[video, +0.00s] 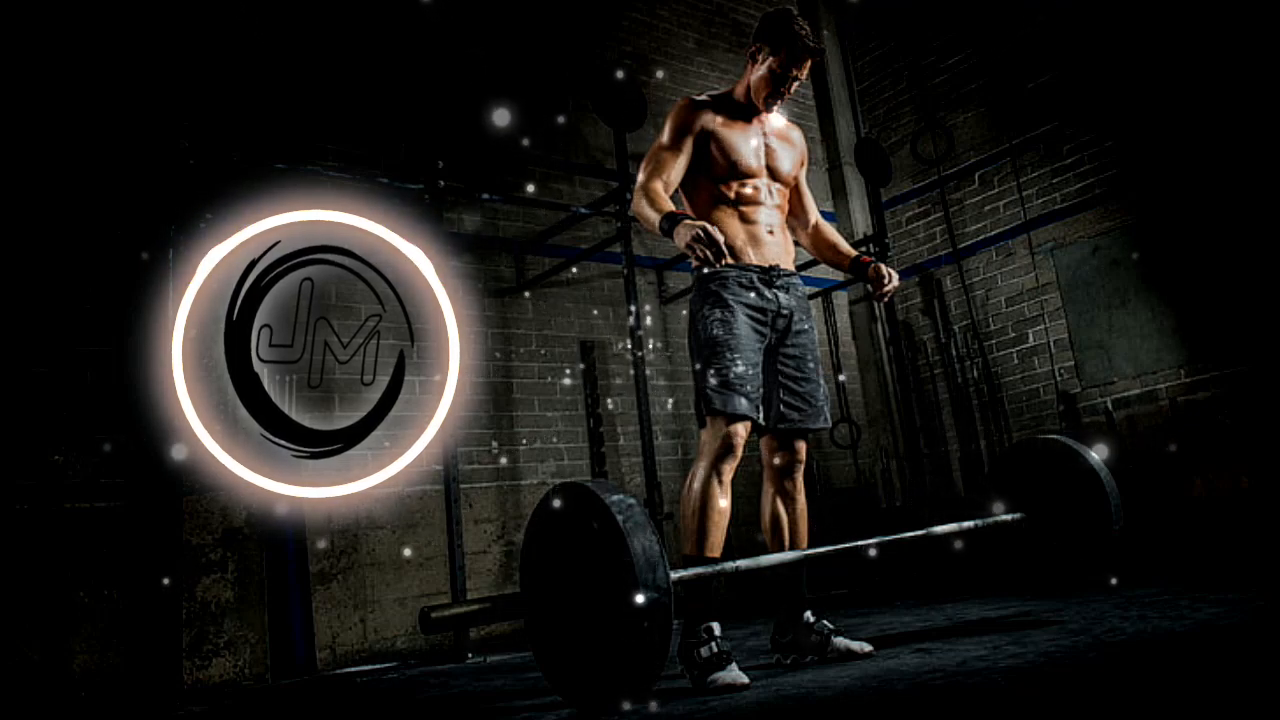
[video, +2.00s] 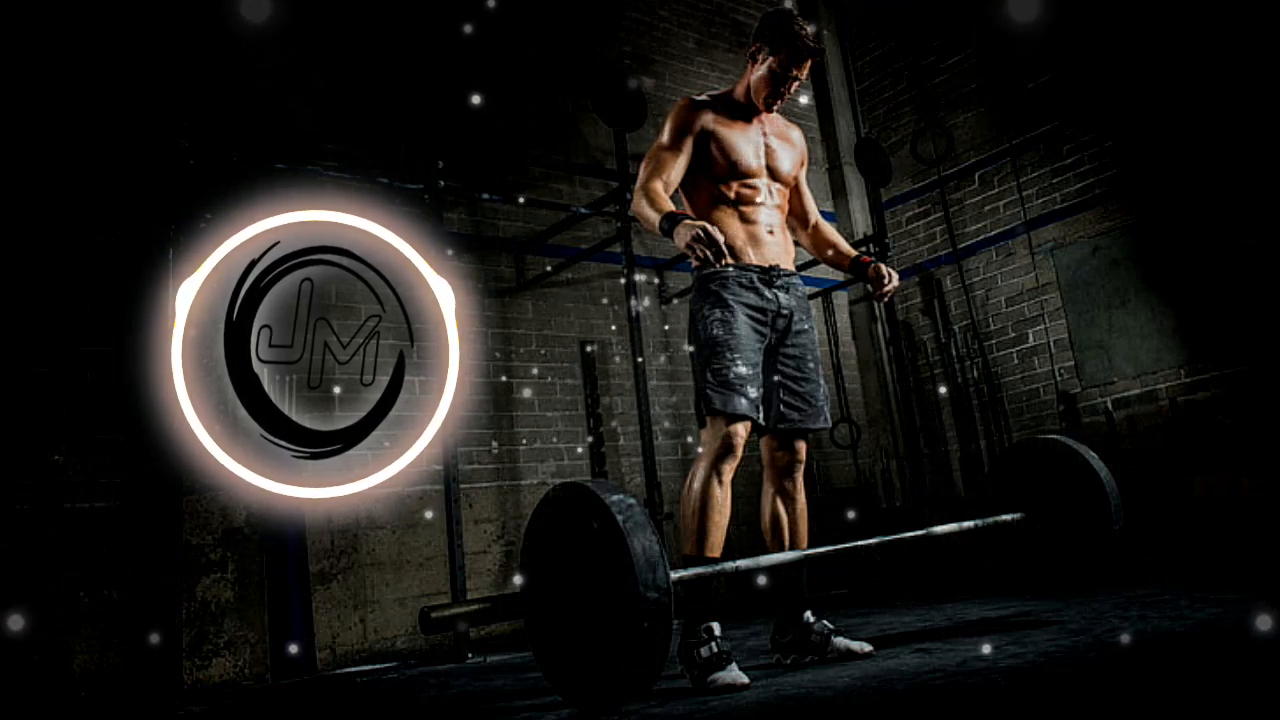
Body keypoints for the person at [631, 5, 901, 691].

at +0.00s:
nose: (787, 95)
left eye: (797, 85)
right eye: (784, 78)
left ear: (801, 78)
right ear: (756, 59)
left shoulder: (791, 136)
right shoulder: (697, 115)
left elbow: (809, 225)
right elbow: (644, 199)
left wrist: (861, 265)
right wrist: (676, 225)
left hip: (790, 297)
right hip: (730, 292)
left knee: (790, 455)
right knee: (729, 437)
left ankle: (797, 624)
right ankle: (698, 633)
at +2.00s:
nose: (790, 93)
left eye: (800, 82)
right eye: (787, 76)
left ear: (805, 77)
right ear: (757, 58)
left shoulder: (792, 136)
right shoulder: (697, 115)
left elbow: (809, 224)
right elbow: (645, 199)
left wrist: (860, 264)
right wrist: (677, 225)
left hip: (790, 296)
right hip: (731, 291)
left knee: (789, 455)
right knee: (729, 438)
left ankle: (796, 625)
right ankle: (698, 634)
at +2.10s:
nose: (787, 94)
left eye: (798, 84)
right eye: (784, 77)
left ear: (802, 78)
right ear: (757, 57)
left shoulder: (792, 136)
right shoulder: (697, 115)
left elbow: (809, 225)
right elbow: (645, 198)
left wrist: (860, 264)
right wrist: (676, 225)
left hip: (790, 296)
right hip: (730, 292)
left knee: (790, 454)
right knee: (729, 437)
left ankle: (796, 624)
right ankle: (698, 633)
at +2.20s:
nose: (790, 93)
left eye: (801, 83)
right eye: (786, 77)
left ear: (803, 78)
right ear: (756, 59)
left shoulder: (792, 137)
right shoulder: (697, 115)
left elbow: (809, 225)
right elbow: (645, 199)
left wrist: (860, 264)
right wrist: (677, 225)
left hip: (790, 296)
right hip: (730, 291)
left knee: (790, 454)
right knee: (729, 438)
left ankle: (795, 624)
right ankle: (698, 634)